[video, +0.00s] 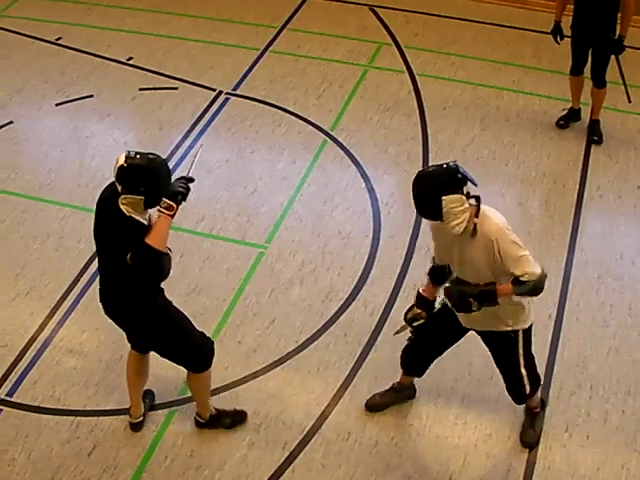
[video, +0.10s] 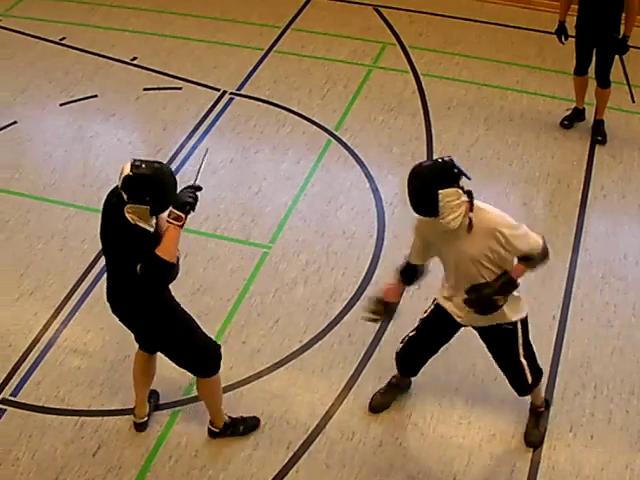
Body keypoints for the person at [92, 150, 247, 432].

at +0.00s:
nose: (155, 202)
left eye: (156, 196)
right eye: (153, 197)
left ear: (127, 182)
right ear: (140, 196)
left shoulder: (109, 196)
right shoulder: (127, 228)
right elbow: (152, 269)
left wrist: (164, 196)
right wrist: (168, 210)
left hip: (113, 297)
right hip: (142, 306)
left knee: (140, 344)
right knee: (200, 350)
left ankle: (135, 412)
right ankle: (205, 413)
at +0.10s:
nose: (160, 209)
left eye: (162, 203)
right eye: (159, 204)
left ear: (132, 189)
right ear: (145, 204)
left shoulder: (116, 200)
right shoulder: (133, 235)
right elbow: (161, 274)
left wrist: (172, 207)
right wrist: (177, 219)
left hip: (121, 295)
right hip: (148, 305)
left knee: (147, 345)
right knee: (207, 355)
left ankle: (140, 411)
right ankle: (219, 422)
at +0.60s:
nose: (137, 217)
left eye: (136, 211)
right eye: (134, 213)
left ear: (110, 210)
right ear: (118, 217)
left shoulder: (105, 218)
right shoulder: (95, 250)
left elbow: (142, 239)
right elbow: (119, 293)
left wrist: (149, 261)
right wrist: (123, 256)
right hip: (142, 318)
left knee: (123, 350)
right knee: (213, 356)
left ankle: (90, 403)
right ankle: (234, 423)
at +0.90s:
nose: (109, 162)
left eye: (114, 165)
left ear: (115, 186)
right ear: (135, 201)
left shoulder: (97, 200)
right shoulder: (120, 236)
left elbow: (129, 217)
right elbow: (153, 279)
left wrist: (154, 235)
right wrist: (168, 222)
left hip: (102, 305)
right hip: (134, 314)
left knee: (99, 353)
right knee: (188, 360)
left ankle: (88, 405)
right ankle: (210, 422)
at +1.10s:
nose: (134, 168)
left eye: (138, 170)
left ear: (135, 190)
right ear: (158, 206)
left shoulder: (115, 205)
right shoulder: (143, 247)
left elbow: (138, 227)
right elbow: (177, 302)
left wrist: (166, 238)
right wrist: (207, 249)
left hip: (116, 312)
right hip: (152, 320)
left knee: (105, 355)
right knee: (207, 357)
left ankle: (89, 405)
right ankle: (212, 421)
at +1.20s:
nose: (145, 170)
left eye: (150, 174)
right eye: (153, 169)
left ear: (149, 193)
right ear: (168, 208)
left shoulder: (123, 205)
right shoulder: (155, 249)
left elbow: (153, 232)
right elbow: (169, 312)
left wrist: (183, 229)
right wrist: (220, 282)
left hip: (122, 319)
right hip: (157, 325)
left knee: (110, 357)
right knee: (211, 357)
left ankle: (95, 410)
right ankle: (213, 422)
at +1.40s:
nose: (187, 223)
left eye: (189, 217)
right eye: (184, 218)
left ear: (146, 199)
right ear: (165, 218)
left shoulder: (126, 213)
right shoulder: (158, 258)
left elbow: (159, 226)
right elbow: (155, 323)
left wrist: (187, 214)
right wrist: (198, 318)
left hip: (120, 318)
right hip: (152, 328)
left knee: (122, 362)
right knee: (221, 353)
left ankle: (111, 426)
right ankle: (215, 420)